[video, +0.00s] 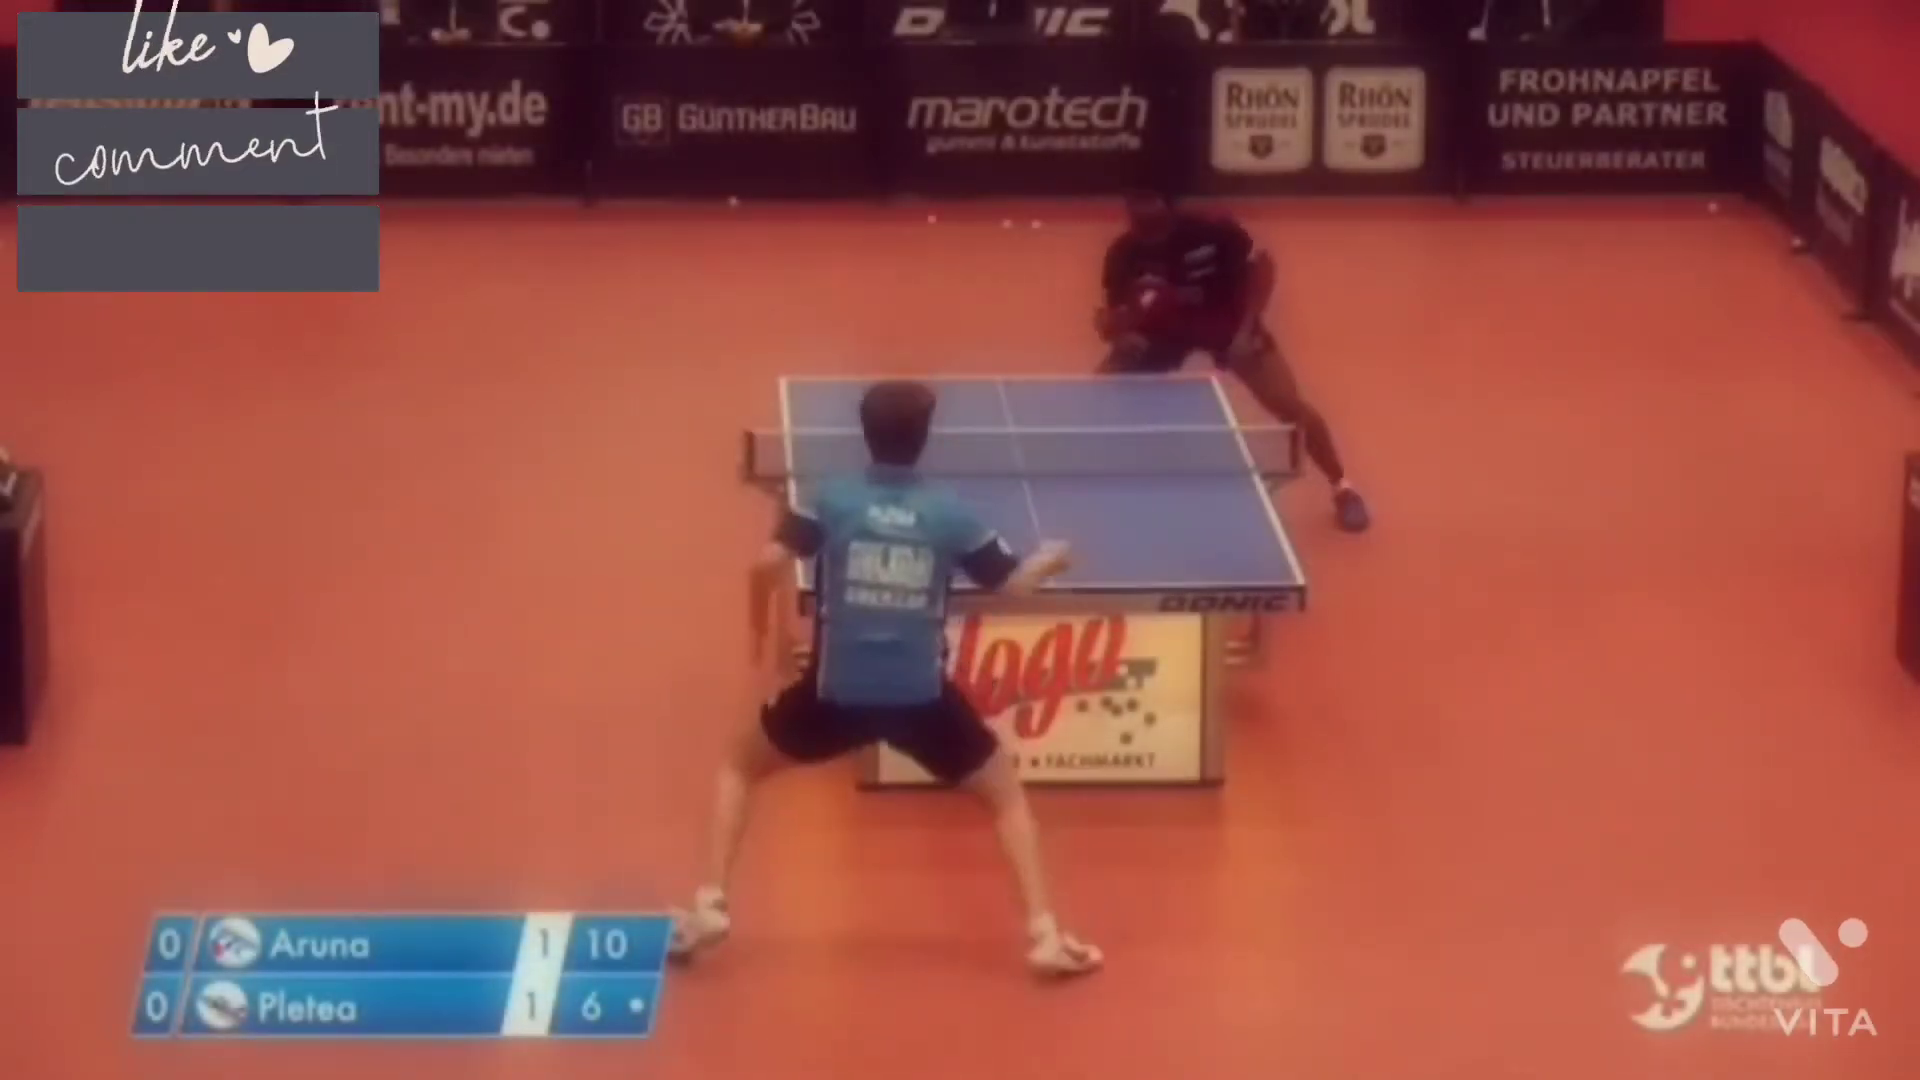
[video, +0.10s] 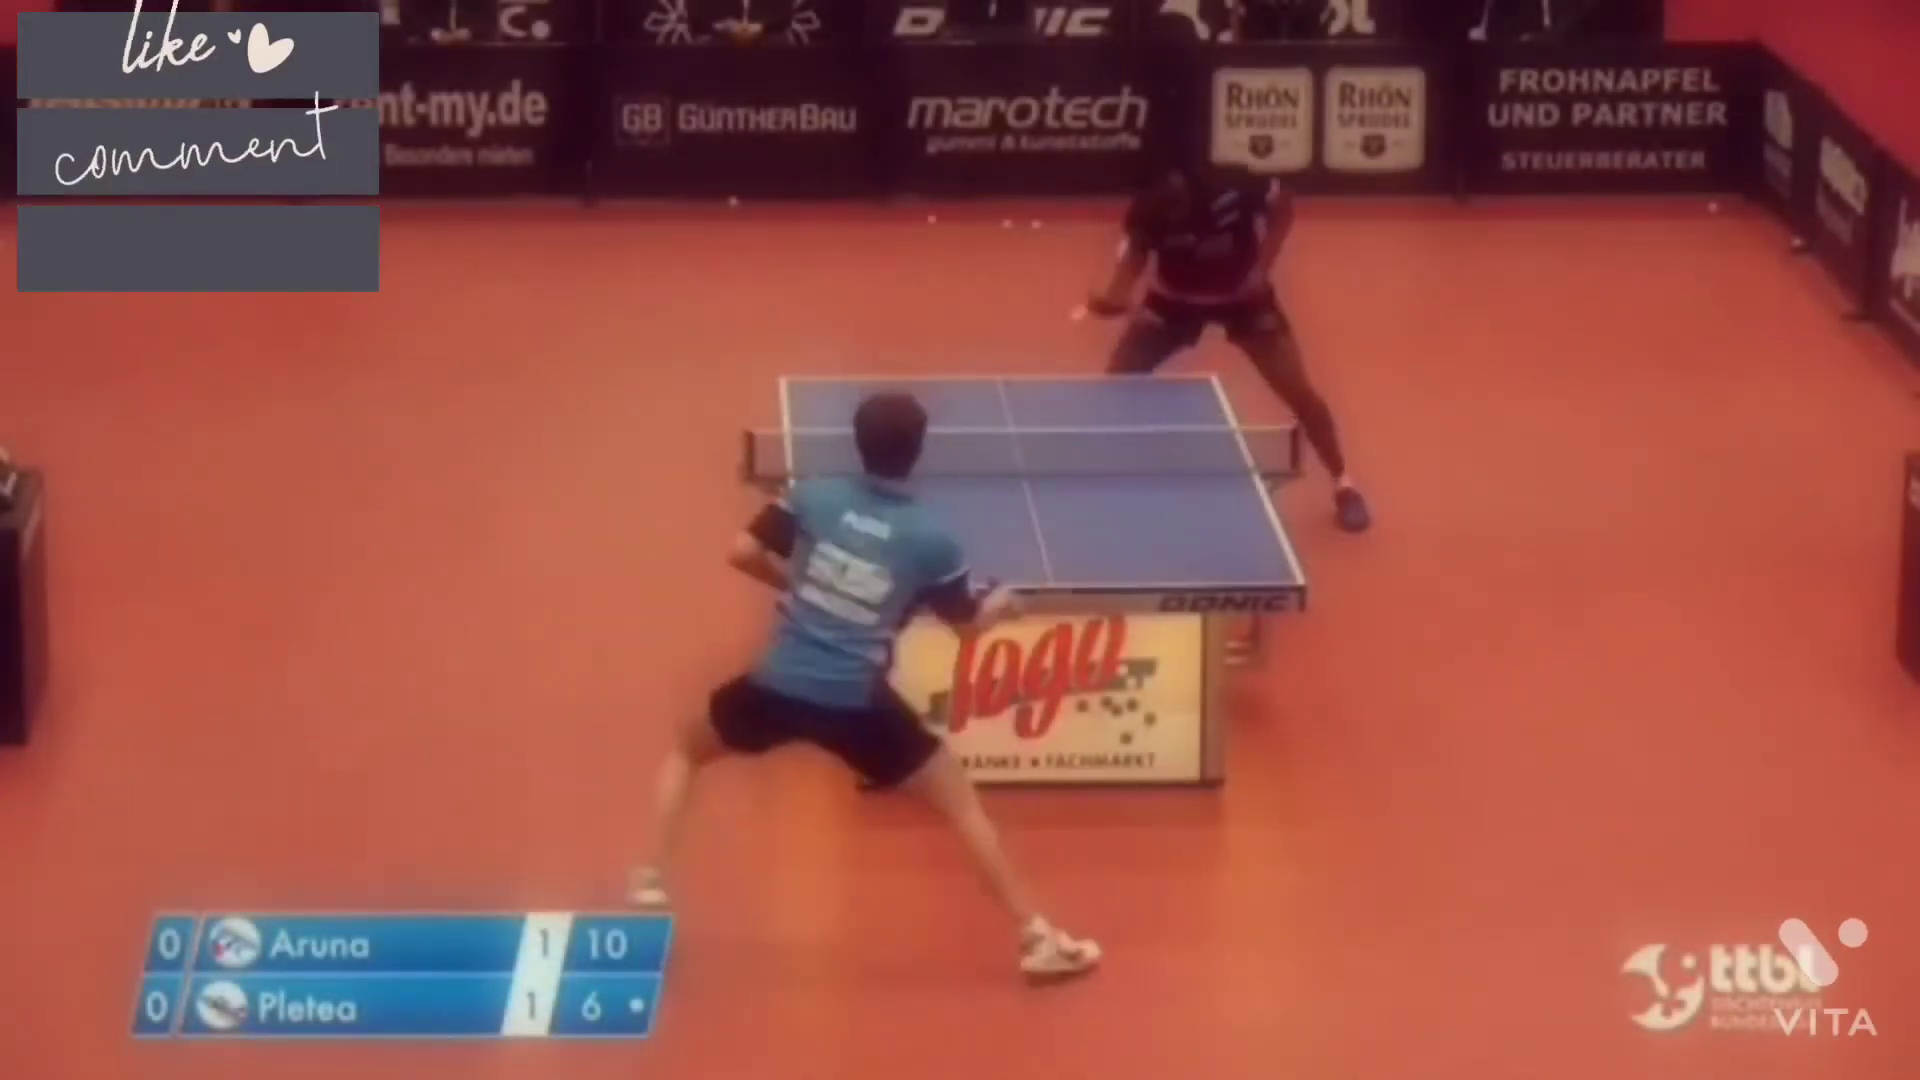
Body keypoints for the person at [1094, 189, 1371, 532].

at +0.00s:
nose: (1144, 216)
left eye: (1151, 205)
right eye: (1135, 207)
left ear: (1169, 202)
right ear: (1128, 208)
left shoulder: (1215, 233)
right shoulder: (1124, 253)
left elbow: (1261, 268)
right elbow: (1109, 324)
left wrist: (1247, 325)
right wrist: (1136, 312)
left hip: (1226, 329)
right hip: (1160, 334)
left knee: (1288, 405)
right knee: (1101, 395)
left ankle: (1340, 486)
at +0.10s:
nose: (1171, 208)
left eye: (1176, 197)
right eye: (1163, 200)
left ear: (1193, 184)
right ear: (1153, 194)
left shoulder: (1232, 185)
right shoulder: (1148, 212)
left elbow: (1282, 203)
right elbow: (1130, 264)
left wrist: (1263, 268)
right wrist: (1110, 302)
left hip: (1243, 298)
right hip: (1173, 303)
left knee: (1296, 390)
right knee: (1117, 384)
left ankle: (1342, 481)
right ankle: (1110, 485)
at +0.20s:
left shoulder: (1256, 155)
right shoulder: (1166, 175)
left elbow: (1286, 185)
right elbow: (1136, 222)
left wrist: (1286, 233)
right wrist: (1099, 262)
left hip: (1251, 293)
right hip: (1179, 294)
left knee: (1301, 390)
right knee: (1120, 386)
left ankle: (1344, 482)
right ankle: (1099, 489)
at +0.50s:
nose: (1191, 160)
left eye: (1197, 150)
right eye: (1183, 152)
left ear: (1210, 145)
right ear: (1169, 152)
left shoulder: (1244, 173)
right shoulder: (1157, 188)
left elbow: (1286, 197)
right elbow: (1113, 235)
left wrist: (1285, 259)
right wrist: (1096, 235)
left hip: (1241, 303)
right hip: (1170, 305)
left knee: (1294, 392)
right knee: (1108, 389)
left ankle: (1343, 486)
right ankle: (1100, 496)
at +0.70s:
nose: (1145, 147)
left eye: (1155, 138)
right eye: (1139, 138)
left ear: (1178, 135)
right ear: (1130, 138)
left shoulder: (1216, 169)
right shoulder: (1126, 179)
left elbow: (1266, 207)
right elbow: (1105, 250)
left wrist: (1240, 262)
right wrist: (1091, 263)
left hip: (1219, 294)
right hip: (1150, 293)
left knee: (1266, 390)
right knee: (1083, 379)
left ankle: (1314, 480)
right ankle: (1069, 485)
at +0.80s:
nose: (1135, 161)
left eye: (1143, 151)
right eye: (1127, 153)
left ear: (1159, 147)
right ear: (1119, 157)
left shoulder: (1200, 185)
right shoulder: (1116, 201)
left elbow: (1256, 229)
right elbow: (1109, 256)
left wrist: (1231, 286)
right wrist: (1099, 287)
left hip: (1213, 310)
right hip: (1144, 309)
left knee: (1261, 405)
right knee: (1083, 384)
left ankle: (1319, 486)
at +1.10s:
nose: (1232, 175)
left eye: (1240, 167)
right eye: (1230, 167)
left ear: (1263, 167)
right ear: (1232, 170)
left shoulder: (1294, 212)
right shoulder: (1243, 204)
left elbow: (1294, 294)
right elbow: (1225, 216)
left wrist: (1221, 315)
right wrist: (1181, 205)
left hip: (1277, 336)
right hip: (1223, 326)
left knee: (1309, 435)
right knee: (1151, 379)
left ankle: (1402, 485)